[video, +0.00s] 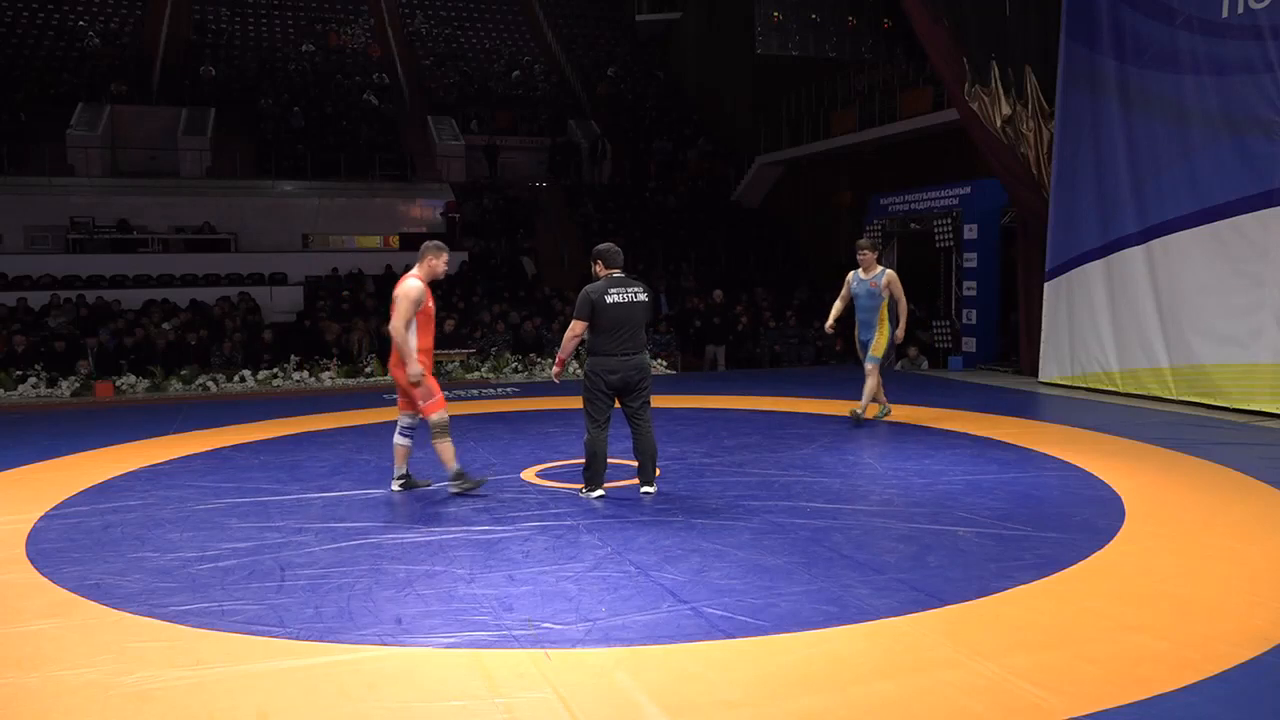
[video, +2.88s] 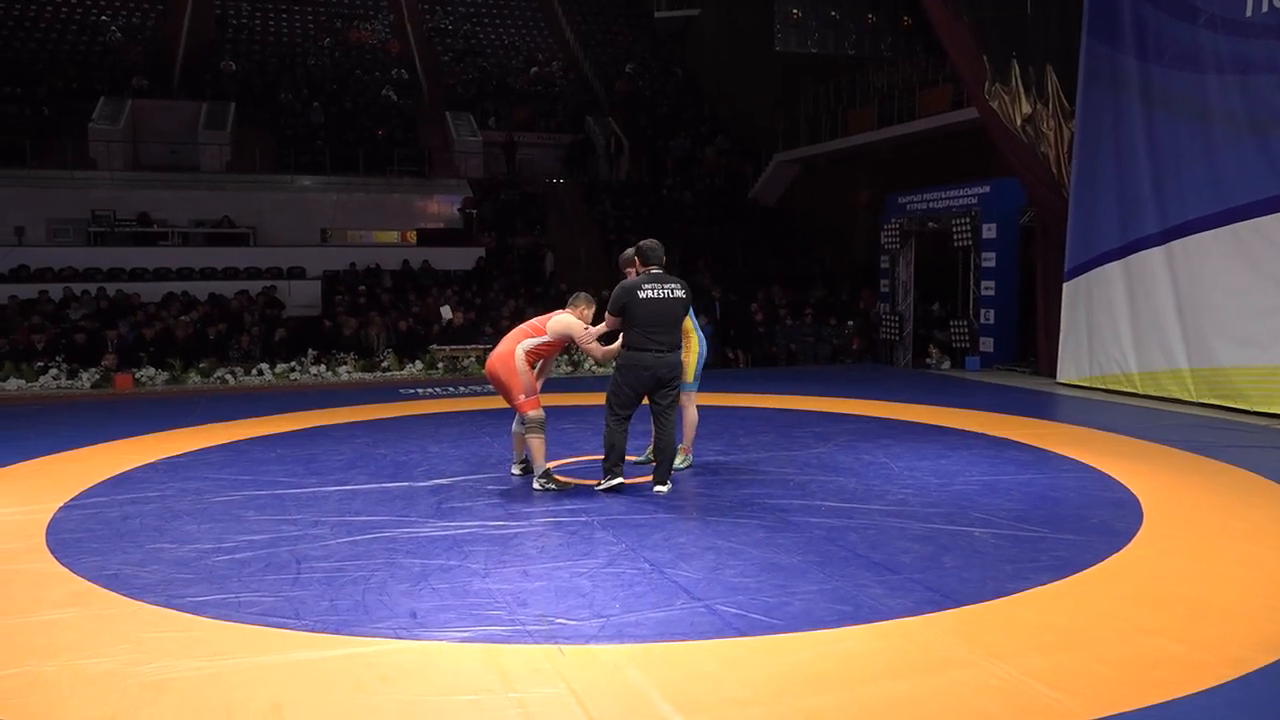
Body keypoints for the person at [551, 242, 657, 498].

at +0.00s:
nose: (593, 269)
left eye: (593, 266)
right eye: (593, 265)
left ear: (600, 265)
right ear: (620, 264)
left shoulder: (591, 293)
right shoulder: (641, 290)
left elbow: (576, 332)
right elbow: (640, 324)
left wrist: (559, 362)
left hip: (601, 367)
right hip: (637, 365)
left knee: (597, 427)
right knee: (642, 422)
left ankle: (594, 485)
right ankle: (648, 481)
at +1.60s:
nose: (630, 262)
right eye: (629, 259)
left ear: (602, 263)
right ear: (628, 261)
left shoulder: (588, 290)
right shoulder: (644, 288)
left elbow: (572, 329)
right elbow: (665, 321)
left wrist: (570, 359)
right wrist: (642, 311)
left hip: (603, 364)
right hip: (639, 362)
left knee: (600, 425)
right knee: (644, 421)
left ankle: (596, 483)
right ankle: (649, 479)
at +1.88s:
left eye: (615, 259)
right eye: (642, 258)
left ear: (615, 262)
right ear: (642, 261)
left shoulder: (602, 287)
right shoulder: (657, 289)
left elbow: (584, 325)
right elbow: (668, 320)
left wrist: (594, 346)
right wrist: (645, 319)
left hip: (612, 362)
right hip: (647, 361)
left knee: (603, 422)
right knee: (649, 421)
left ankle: (597, 480)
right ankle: (650, 480)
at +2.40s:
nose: (627, 263)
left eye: (628, 260)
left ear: (630, 262)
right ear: (656, 262)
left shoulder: (619, 287)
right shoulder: (672, 289)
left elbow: (600, 323)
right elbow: (678, 324)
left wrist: (623, 318)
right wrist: (656, 318)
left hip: (625, 361)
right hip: (660, 362)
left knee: (612, 420)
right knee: (658, 421)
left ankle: (601, 476)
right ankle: (655, 480)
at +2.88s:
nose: (632, 266)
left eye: (633, 262)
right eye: (633, 262)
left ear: (638, 262)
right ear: (664, 262)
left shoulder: (626, 288)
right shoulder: (681, 288)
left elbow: (612, 322)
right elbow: (676, 318)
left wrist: (642, 313)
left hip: (634, 361)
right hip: (669, 362)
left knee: (617, 416)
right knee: (665, 418)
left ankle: (613, 473)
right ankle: (662, 479)